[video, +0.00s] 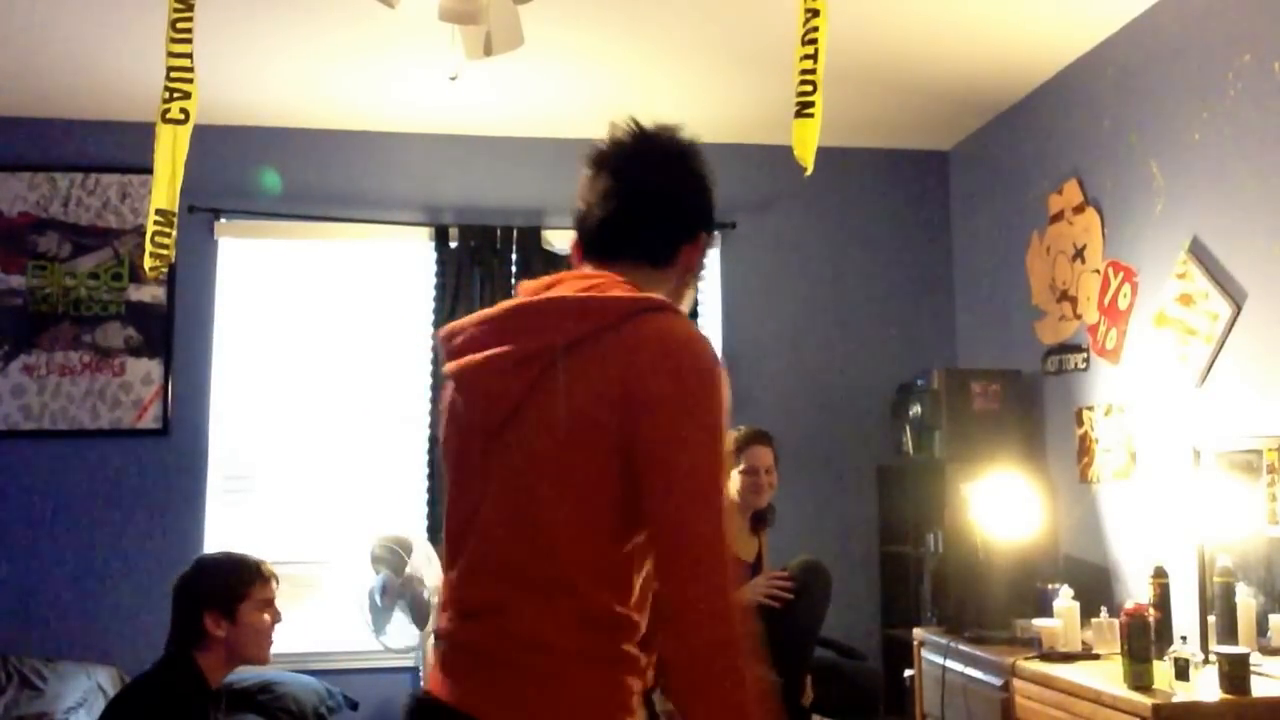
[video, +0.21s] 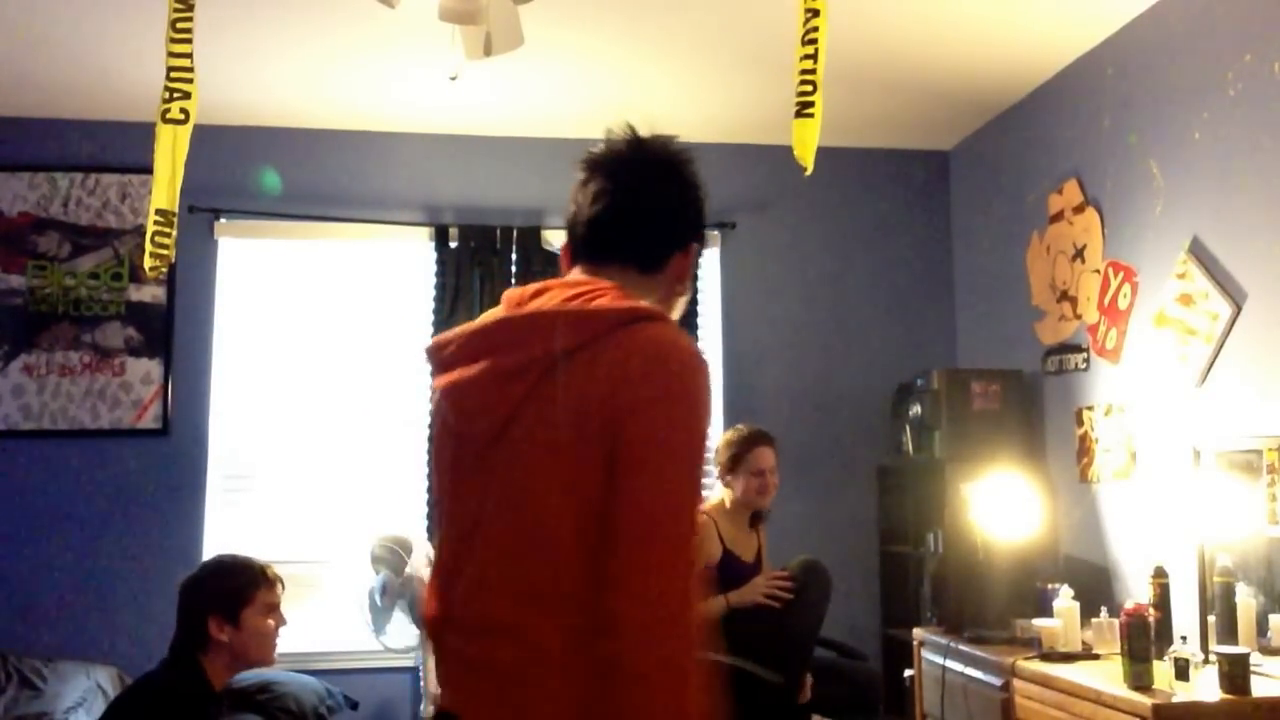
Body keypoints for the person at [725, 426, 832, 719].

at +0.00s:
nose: (761, 481)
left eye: (768, 471)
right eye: (749, 472)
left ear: (777, 477)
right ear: (726, 475)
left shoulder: (755, 531)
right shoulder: (704, 529)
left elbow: (762, 614)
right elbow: (693, 608)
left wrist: (800, 671)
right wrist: (739, 597)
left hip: (749, 646)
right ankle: (792, 704)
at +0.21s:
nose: (768, 483)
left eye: (772, 473)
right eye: (756, 474)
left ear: (778, 474)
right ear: (726, 478)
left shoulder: (754, 525)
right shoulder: (704, 525)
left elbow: (763, 595)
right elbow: (688, 612)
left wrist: (798, 669)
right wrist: (738, 597)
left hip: (753, 634)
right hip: (719, 642)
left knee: (857, 663)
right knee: (811, 574)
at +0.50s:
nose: (775, 485)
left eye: (776, 475)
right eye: (765, 476)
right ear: (734, 476)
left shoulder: (757, 525)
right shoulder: (713, 529)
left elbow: (768, 610)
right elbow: (697, 607)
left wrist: (822, 649)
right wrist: (742, 595)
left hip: (755, 647)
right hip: (721, 652)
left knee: (861, 687)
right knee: (810, 574)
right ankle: (794, 706)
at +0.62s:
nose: (776, 485)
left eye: (777, 475)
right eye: (767, 475)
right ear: (735, 475)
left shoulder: (761, 527)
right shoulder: (713, 527)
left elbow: (793, 598)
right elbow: (699, 596)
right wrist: (743, 593)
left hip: (765, 634)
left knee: (862, 675)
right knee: (810, 574)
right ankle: (791, 697)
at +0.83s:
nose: (778, 485)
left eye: (779, 476)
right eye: (769, 476)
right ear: (732, 475)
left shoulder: (765, 531)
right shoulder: (699, 528)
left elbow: (819, 591)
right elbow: (663, 612)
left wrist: (891, 632)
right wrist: (738, 597)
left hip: (749, 645)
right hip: (700, 653)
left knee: (860, 677)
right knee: (812, 574)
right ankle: (796, 702)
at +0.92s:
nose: (778, 487)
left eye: (780, 478)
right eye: (770, 477)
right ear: (733, 474)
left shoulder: (767, 532)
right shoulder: (703, 526)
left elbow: (821, 592)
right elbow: (683, 610)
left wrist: (893, 634)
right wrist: (740, 596)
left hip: (762, 645)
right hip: (721, 654)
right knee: (813, 574)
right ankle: (795, 706)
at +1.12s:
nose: (779, 491)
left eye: (783, 481)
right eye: (769, 480)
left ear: (785, 480)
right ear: (737, 475)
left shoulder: (773, 537)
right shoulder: (705, 530)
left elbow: (825, 597)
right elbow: (668, 613)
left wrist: (896, 638)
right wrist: (753, 583)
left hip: (761, 644)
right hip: (710, 649)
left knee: (815, 575)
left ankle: (797, 680)